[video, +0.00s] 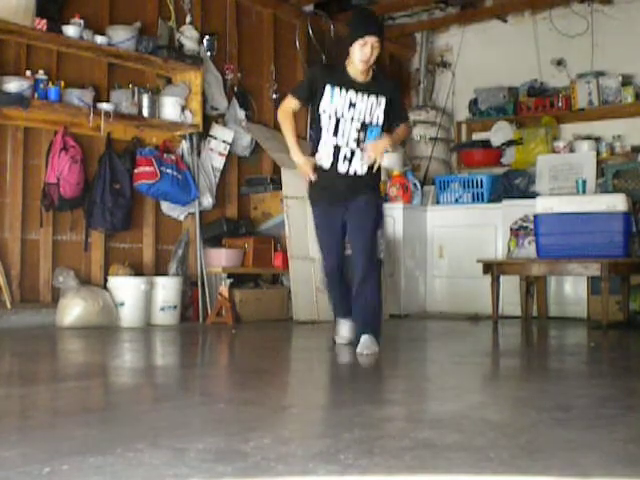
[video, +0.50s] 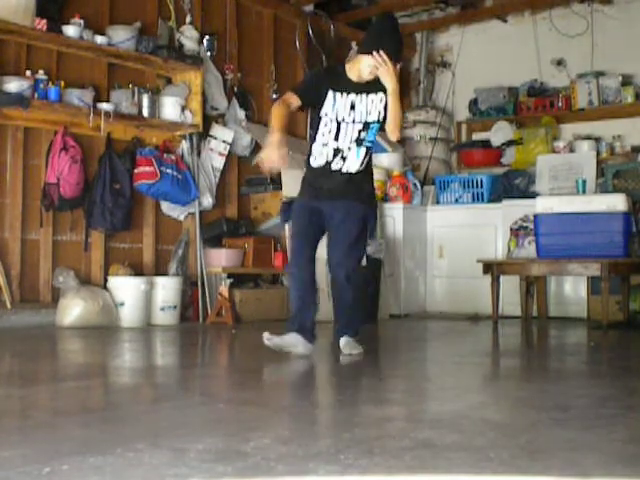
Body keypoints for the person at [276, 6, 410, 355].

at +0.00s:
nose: (369, 52)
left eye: (374, 46)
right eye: (363, 45)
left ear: (379, 50)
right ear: (349, 46)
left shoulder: (386, 88)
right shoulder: (322, 79)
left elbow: (403, 127)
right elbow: (285, 110)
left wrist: (386, 142)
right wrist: (298, 155)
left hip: (363, 188)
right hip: (325, 187)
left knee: (365, 259)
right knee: (332, 261)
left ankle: (367, 332)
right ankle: (343, 317)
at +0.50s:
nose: (382, 72)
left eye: (387, 68)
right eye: (382, 65)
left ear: (386, 64)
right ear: (369, 55)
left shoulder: (384, 91)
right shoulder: (325, 79)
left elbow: (394, 135)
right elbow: (283, 105)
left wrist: (392, 87)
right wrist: (276, 141)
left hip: (352, 194)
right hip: (312, 190)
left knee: (344, 267)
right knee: (299, 262)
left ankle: (347, 335)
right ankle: (301, 334)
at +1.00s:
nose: (345, 34)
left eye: (349, 27)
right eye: (338, 28)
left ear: (357, 32)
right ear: (325, 32)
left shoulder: (366, 68)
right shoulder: (304, 62)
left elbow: (360, 105)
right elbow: (275, 96)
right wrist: (248, 130)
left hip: (335, 169)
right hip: (304, 164)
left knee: (316, 249)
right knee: (322, 246)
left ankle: (263, 326)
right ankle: (307, 336)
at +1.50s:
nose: (299, 46)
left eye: (305, 37)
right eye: (292, 37)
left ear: (315, 37)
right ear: (281, 38)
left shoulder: (328, 72)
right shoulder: (270, 64)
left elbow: (358, 118)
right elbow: (253, 101)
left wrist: (317, 107)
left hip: (302, 180)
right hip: (262, 179)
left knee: (317, 255)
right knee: (246, 255)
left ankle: (335, 321)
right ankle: (234, 324)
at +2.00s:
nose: (290, 52)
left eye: (295, 45)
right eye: (283, 46)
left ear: (304, 43)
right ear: (273, 47)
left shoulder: (325, 73)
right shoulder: (260, 83)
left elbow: (354, 110)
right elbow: (255, 125)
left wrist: (332, 137)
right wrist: (276, 137)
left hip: (333, 183)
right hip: (295, 189)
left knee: (353, 254)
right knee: (310, 265)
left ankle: (371, 324)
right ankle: (335, 328)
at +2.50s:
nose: (287, 57)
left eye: (291, 49)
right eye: (279, 52)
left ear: (302, 39)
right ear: (271, 48)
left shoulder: (327, 61)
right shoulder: (268, 65)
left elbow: (377, 62)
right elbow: (239, 75)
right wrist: (241, 115)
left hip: (323, 175)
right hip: (287, 174)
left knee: (320, 252)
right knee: (290, 252)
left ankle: (325, 330)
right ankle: (307, 328)